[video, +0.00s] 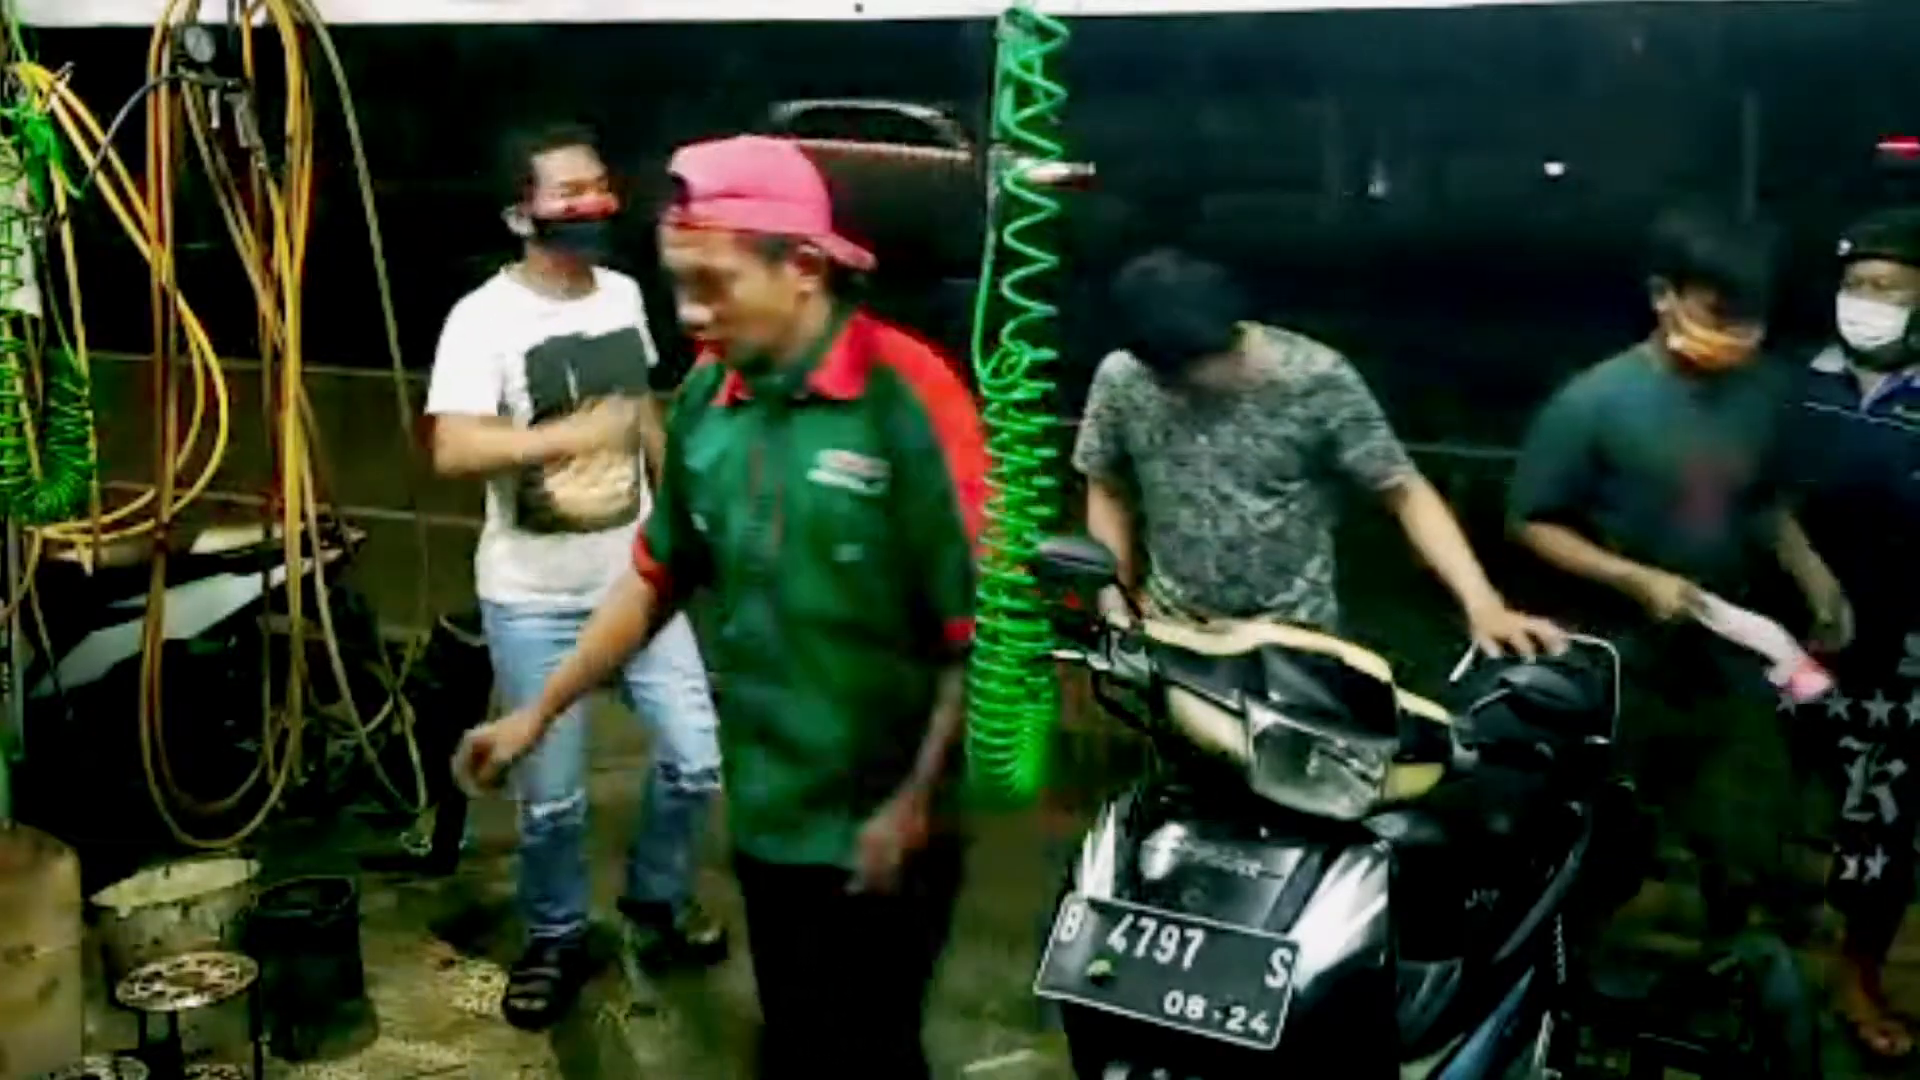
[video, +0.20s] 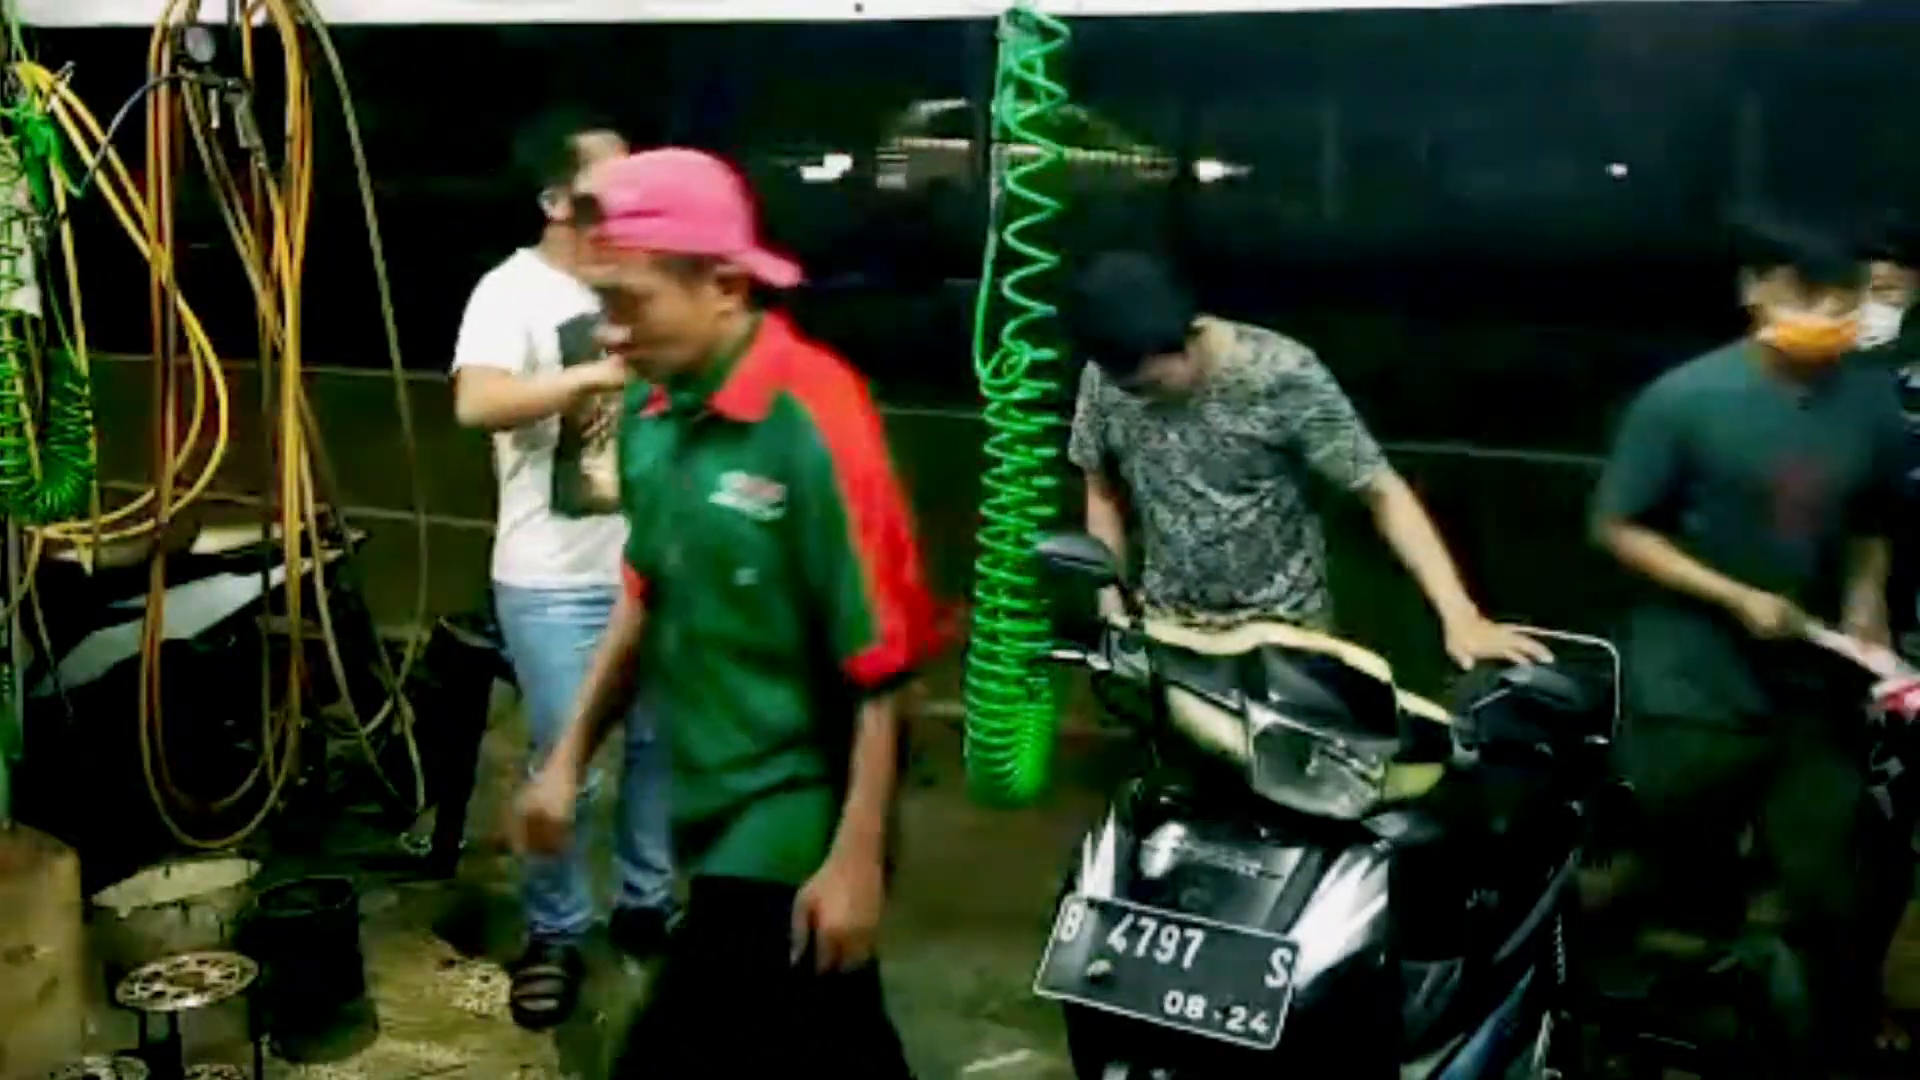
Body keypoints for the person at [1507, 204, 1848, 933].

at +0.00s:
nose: (1734, 343)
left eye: (1747, 324)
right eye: (1716, 321)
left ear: (1765, 317)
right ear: (1664, 301)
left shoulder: (1758, 397)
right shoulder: (1595, 402)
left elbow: (1763, 506)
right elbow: (1530, 523)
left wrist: (1815, 581)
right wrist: (1637, 580)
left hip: (1729, 667)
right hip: (1623, 669)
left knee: (1744, 843)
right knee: (1615, 845)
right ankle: (1567, 979)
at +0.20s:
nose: (1831, 321)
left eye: (1842, 300)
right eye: (1809, 300)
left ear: (1860, 301)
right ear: (1757, 292)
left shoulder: (1868, 405)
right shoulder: (1685, 399)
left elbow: (1871, 533)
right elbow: (1616, 525)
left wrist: (1861, 619)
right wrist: (1737, 596)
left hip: (1813, 709)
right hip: (1690, 700)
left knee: (1834, 898)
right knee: (1678, 900)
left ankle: (1829, 1055)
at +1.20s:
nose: (1816, 287)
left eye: (1842, 265)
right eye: (1794, 263)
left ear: (1884, 262)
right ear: (1753, 251)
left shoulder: (1908, 369)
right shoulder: (1708, 383)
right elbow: (1690, 497)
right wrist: (1667, 569)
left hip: (1894, 719)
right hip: (1767, 722)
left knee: (1905, 940)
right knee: (1775, 953)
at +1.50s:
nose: (1872, 311)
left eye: (1899, 291)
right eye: (1853, 285)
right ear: (1812, 275)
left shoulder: (1918, 406)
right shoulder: (1771, 397)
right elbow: (1757, 513)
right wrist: (1697, 572)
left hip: (1902, 778)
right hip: (1784, 755)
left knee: (1895, 1033)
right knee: (1788, 1000)